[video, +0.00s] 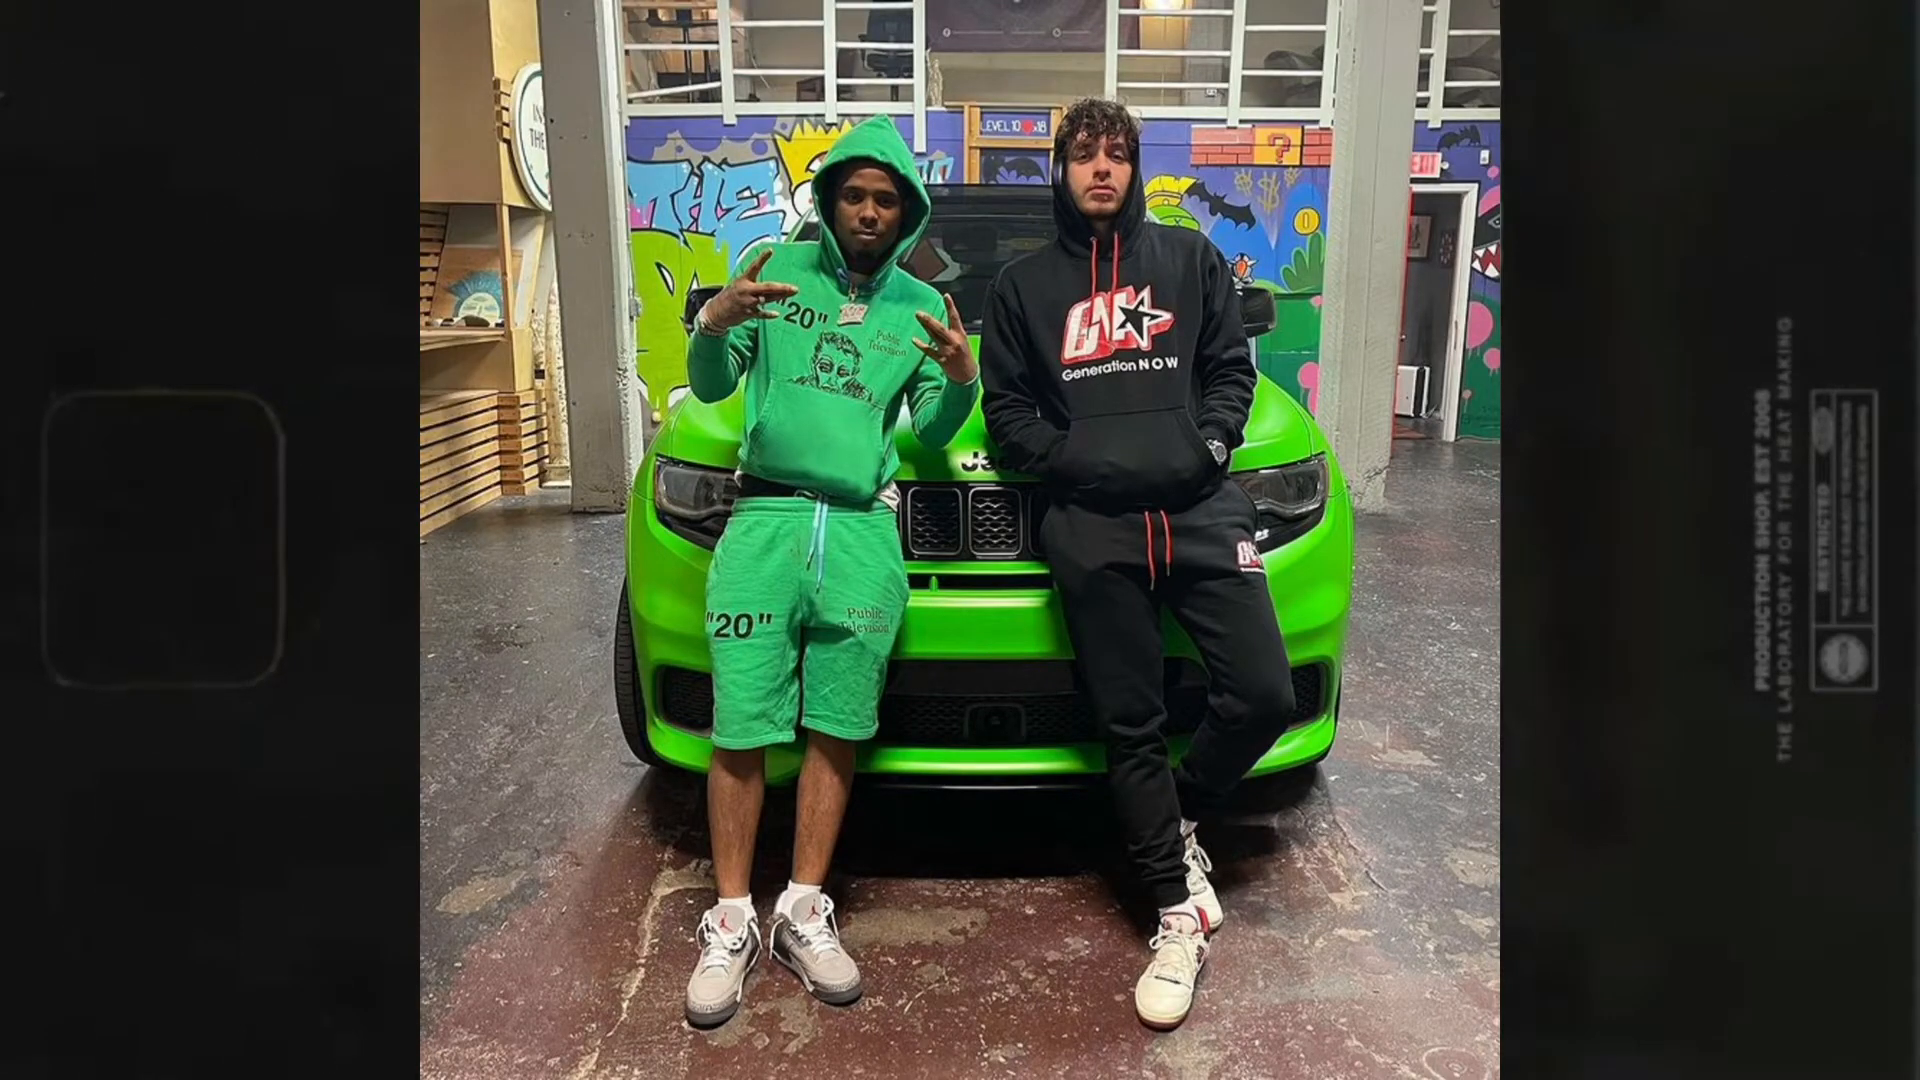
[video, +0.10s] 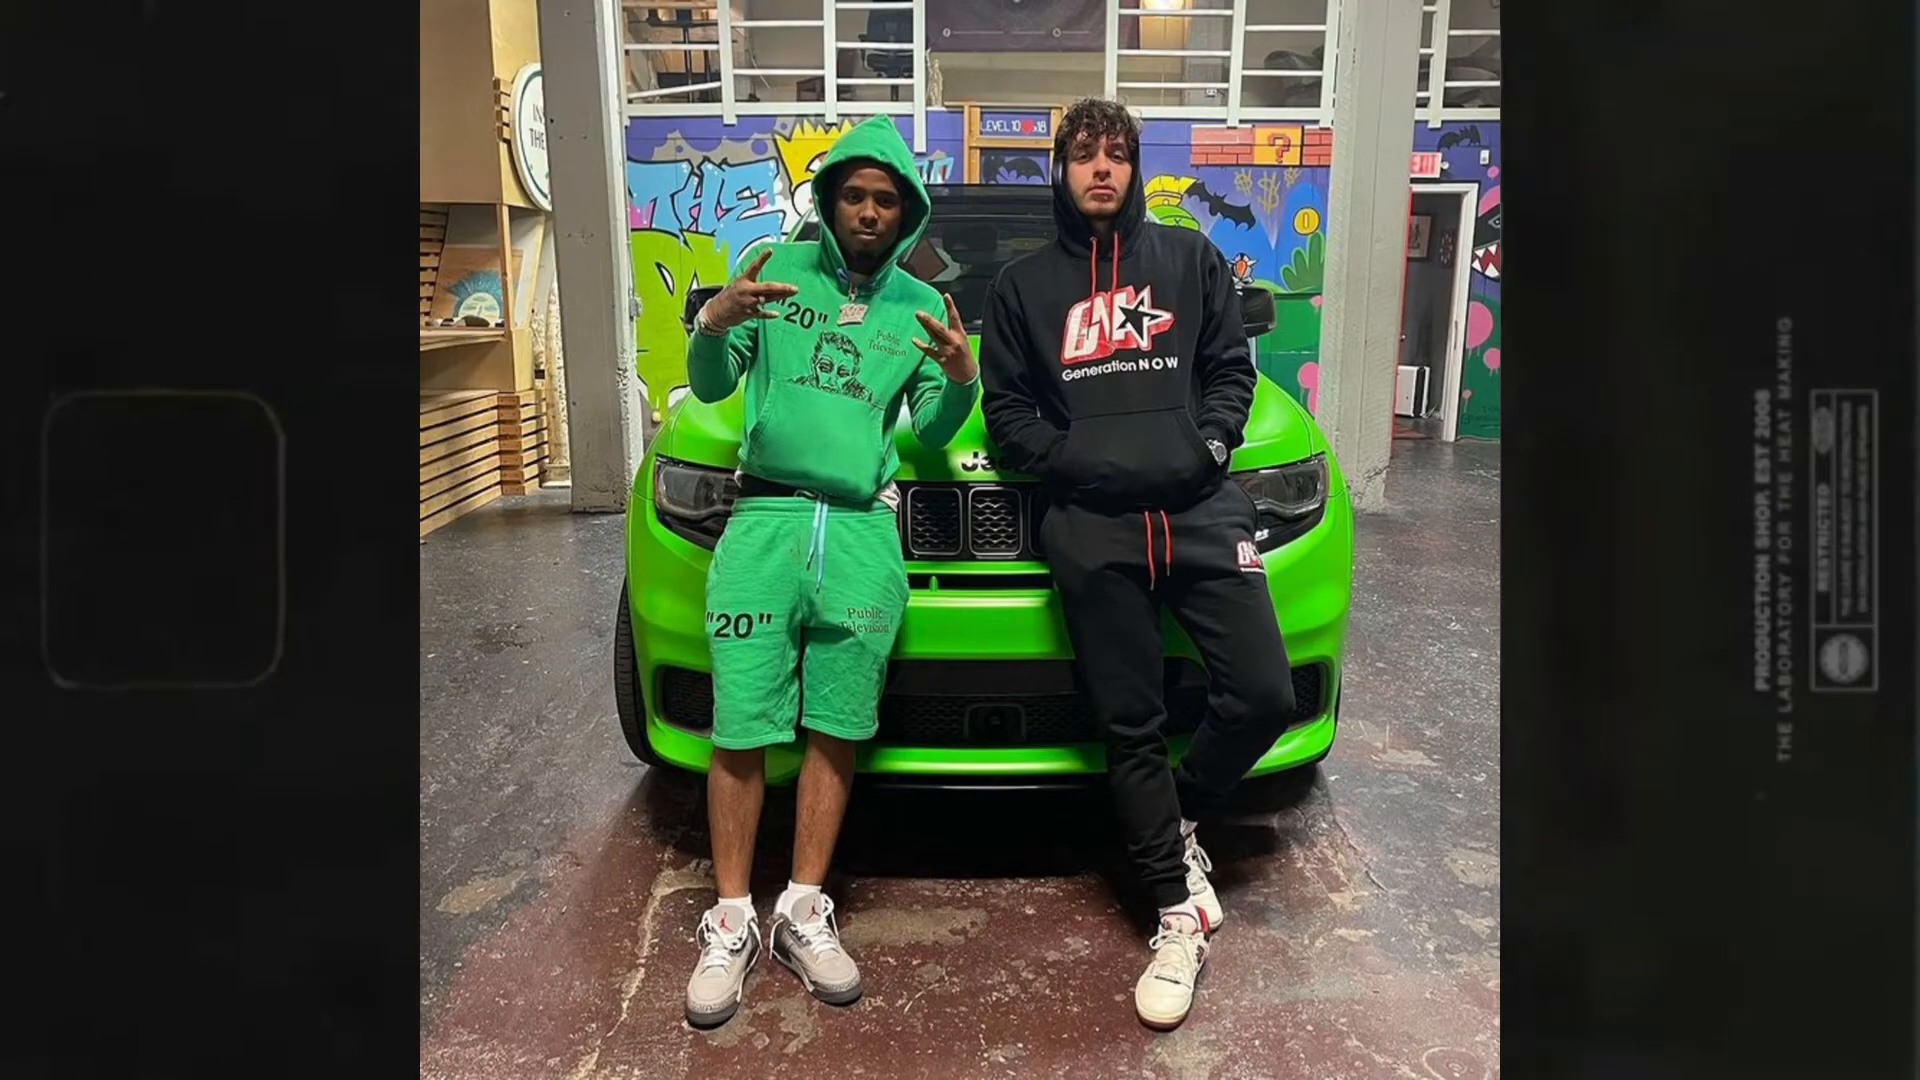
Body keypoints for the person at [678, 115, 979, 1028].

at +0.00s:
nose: (869, 213)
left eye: (885, 199)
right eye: (855, 196)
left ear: (906, 212)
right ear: (827, 202)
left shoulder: (923, 306)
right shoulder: (775, 267)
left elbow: (923, 439)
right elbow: (712, 384)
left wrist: (960, 380)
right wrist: (712, 322)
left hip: (861, 527)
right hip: (764, 516)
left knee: (838, 728)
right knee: (741, 729)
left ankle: (805, 909)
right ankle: (732, 919)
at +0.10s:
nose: (867, 212)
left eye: (884, 198)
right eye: (853, 196)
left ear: (906, 211)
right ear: (827, 202)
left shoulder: (923, 305)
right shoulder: (776, 268)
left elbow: (924, 440)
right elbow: (712, 384)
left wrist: (961, 381)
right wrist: (712, 322)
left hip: (860, 527)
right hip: (762, 517)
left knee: (839, 728)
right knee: (741, 728)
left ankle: (804, 908)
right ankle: (732, 919)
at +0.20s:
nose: (868, 212)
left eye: (884, 198)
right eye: (854, 196)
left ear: (906, 211)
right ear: (827, 202)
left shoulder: (923, 305)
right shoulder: (776, 267)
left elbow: (924, 440)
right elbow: (712, 384)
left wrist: (961, 381)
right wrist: (713, 322)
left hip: (860, 527)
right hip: (763, 517)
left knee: (838, 729)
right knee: (741, 729)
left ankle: (805, 908)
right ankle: (731, 919)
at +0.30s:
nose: (868, 212)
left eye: (885, 198)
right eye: (854, 196)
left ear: (906, 212)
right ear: (827, 203)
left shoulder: (924, 305)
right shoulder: (777, 266)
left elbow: (924, 439)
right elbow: (711, 383)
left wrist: (960, 381)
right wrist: (714, 321)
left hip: (861, 527)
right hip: (764, 517)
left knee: (838, 729)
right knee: (741, 729)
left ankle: (805, 908)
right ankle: (732, 920)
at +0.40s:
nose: (868, 212)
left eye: (885, 198)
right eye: (854, 196)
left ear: (906, 212)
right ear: (827, 203)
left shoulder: (924, 305)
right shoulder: (777, 266)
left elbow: (924, 439)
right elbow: (711, 383)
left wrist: (960, 381)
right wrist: (714, 321)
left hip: (861, 527)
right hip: (764, 517)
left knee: (838, 729)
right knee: (741, 729)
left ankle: (805, 908)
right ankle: (732, 920)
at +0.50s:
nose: (868, 212)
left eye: (885, 198)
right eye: (854, 196)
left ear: (906, 212)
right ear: (827, 203)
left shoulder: (923, 305)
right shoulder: (777, 266)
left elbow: (924, 439)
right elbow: (712, 384)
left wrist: (961, 380)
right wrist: (714, 321)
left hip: (861, 527)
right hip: (763, 517)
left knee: (838, 729)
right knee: (741, 729)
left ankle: (805, 909)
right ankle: (732, 920)